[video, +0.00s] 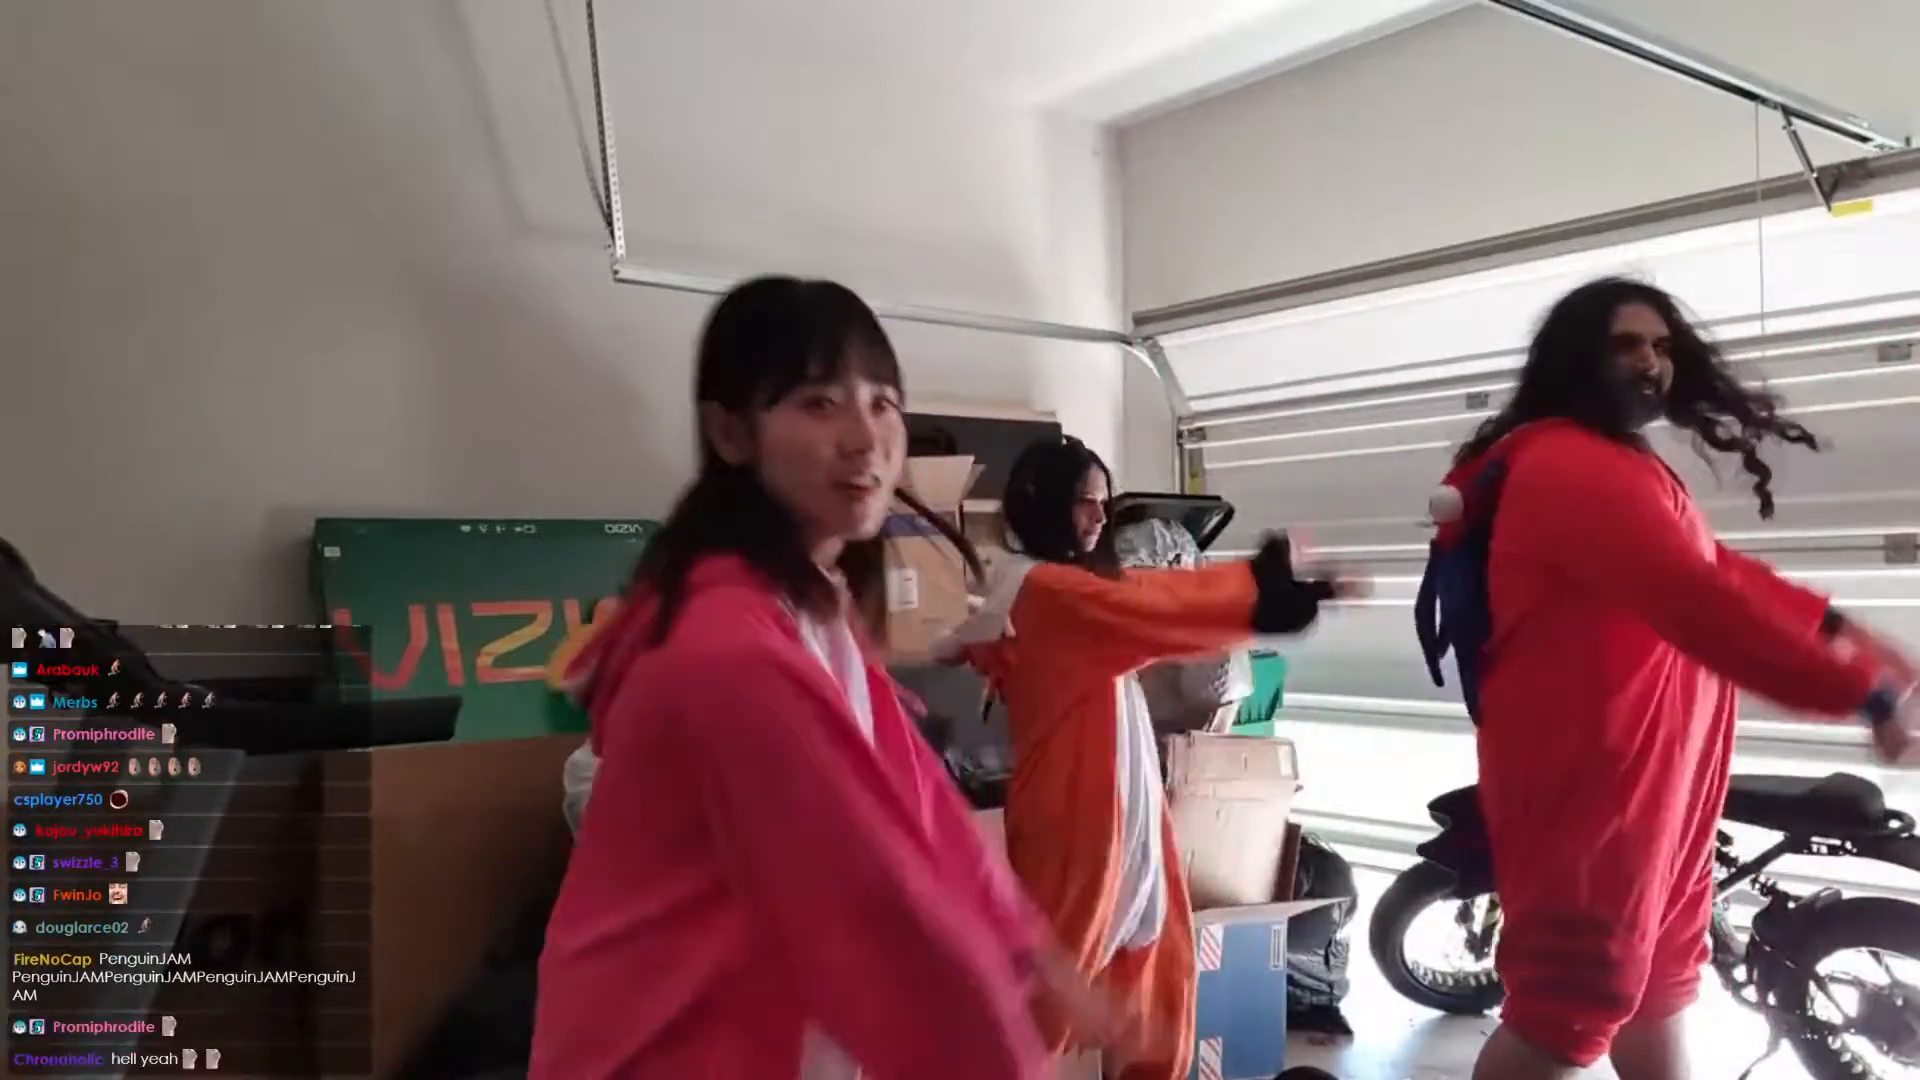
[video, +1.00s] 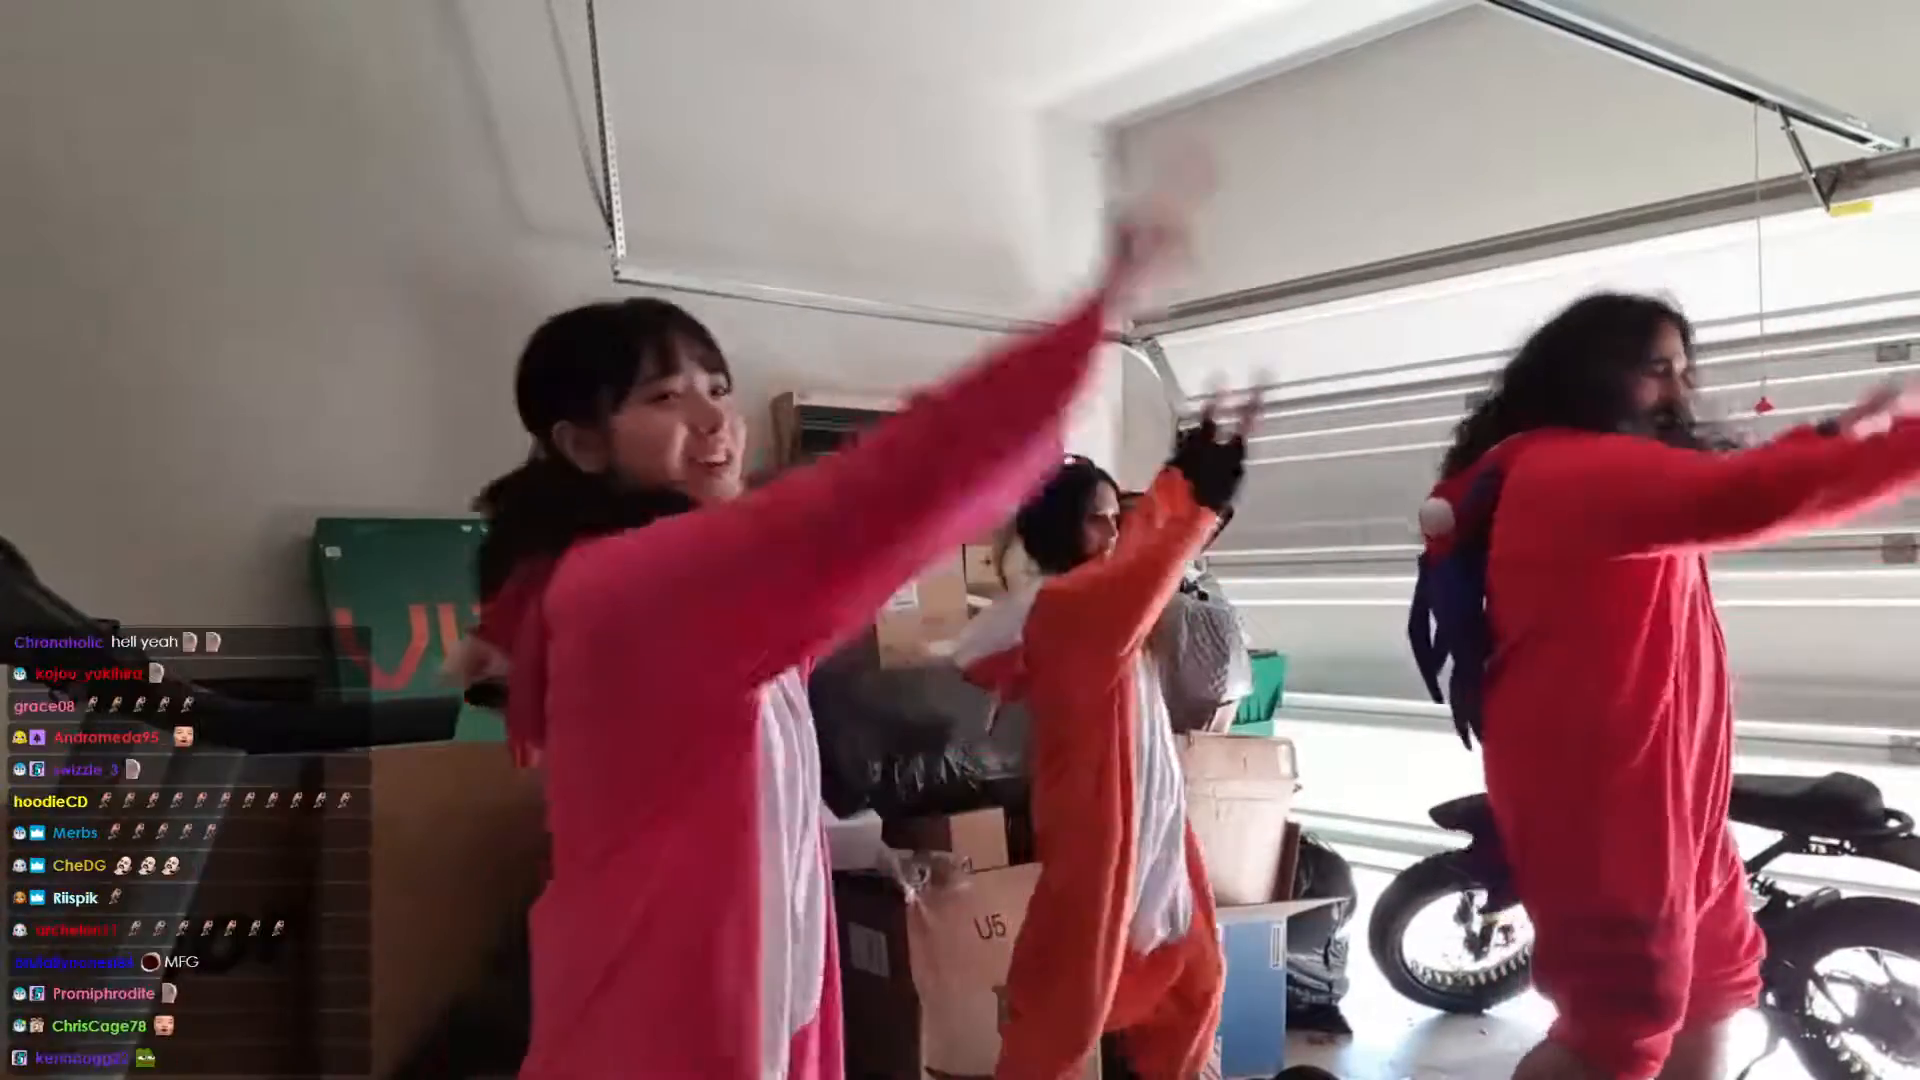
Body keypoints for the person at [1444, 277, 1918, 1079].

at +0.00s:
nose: (1651, 364)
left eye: (1662, 348)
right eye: (1627, 346)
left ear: (1678, 362)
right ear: (1577, 359)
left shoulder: (1635, 469)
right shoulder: (1562, 469)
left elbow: (1717, 573)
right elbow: (1695, 603)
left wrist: (1834, 632)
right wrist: (1864, 691)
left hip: (1664, 791)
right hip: (1584, 798)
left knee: (1657, 998)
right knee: (1562, 1016)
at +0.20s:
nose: (1636, 394)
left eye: (1648, 378)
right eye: (1609, 375)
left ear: (1663, 392)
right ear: (1557, 391)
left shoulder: (1625, 481)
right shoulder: (1543, 488)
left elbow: (1704, 460)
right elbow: (1735, 468)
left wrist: (1795, 375)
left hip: (1677, 791)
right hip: (1592, 807)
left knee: (1731, 992)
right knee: (1621, 1034)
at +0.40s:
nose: (1634, 370)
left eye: (1645, 351)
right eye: (1605, 353)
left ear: (1663, 367)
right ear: (1554, 373)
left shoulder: (1625, 469)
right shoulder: (1545, 474)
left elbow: (1728, 482)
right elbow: (1743, 499)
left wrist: (1825, 390)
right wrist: (1877, 367)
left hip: (1676, 791)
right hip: (1599, 805)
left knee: (1708, 988)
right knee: (1612, 1025)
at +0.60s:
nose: (1654, 359)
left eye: (1667, 341)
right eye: (1626, 342)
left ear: (1685, 361)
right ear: (1580, 363)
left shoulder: (1648, 474)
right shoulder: (1580, 477)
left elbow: (1681, 655)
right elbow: (1639, 654)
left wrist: (1758, 769)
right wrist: (1764, 777)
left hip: (1661, 794)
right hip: (1591, 800)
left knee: (1647, 1007)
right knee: (1556, 1023)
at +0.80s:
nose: (1662, 356)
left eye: (1674, 339)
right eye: (1636, 340)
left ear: (1693, 356)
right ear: (1588, 357)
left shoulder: (1663, 462)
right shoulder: (1579, 466)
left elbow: (1695, 614)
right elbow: (1634, 639)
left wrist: (1756, 710)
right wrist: (1729, 775)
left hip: (1660, 769)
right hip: (1581, 776)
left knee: (1640, 1003)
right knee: (1554, 1014)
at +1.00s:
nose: (1679, 392)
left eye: (1684, 374)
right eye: (1657, 370)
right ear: (1592, 374)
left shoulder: (1621, 469)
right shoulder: (1559, 474)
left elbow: (1727, 473)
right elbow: (1734, 497)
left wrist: (1839, 432)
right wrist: (1909, 441)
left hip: (1671, 795)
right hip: (1598, 809)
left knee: (1716, 990)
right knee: (1620, 1030)